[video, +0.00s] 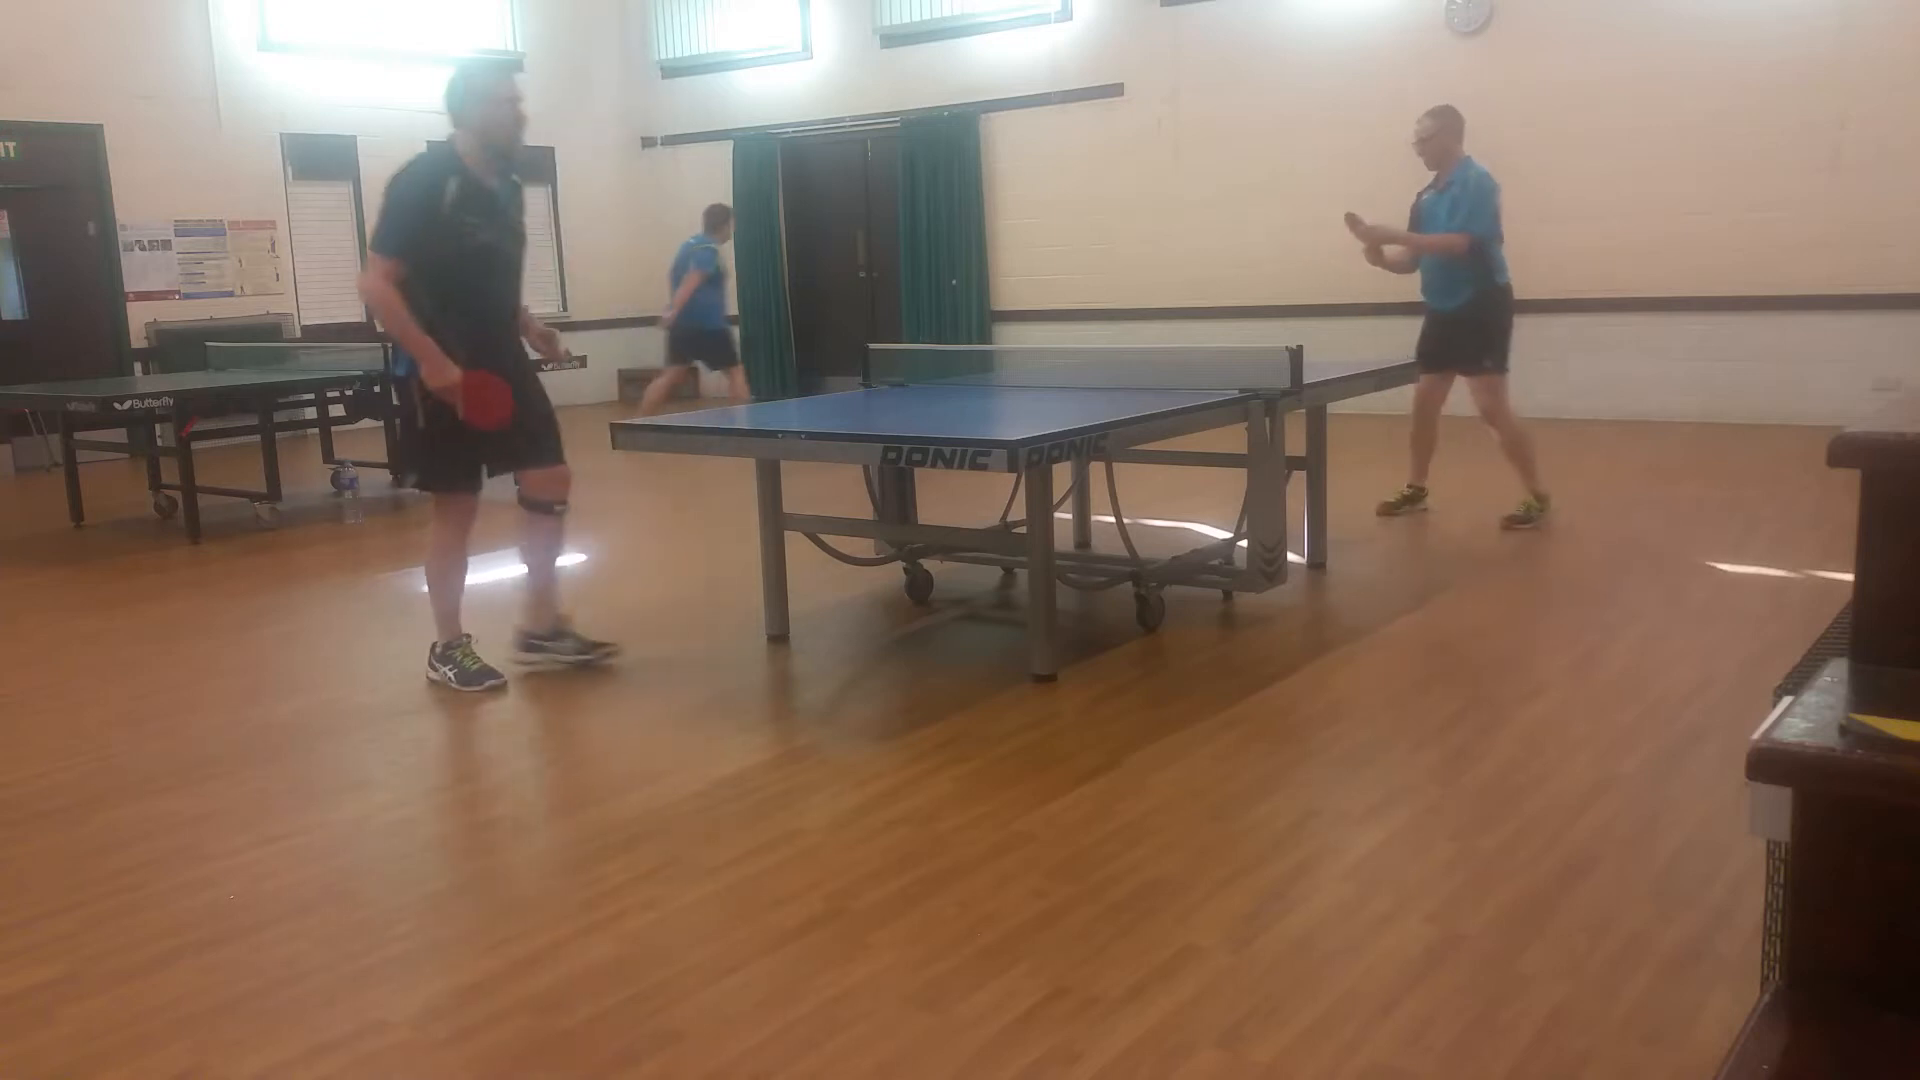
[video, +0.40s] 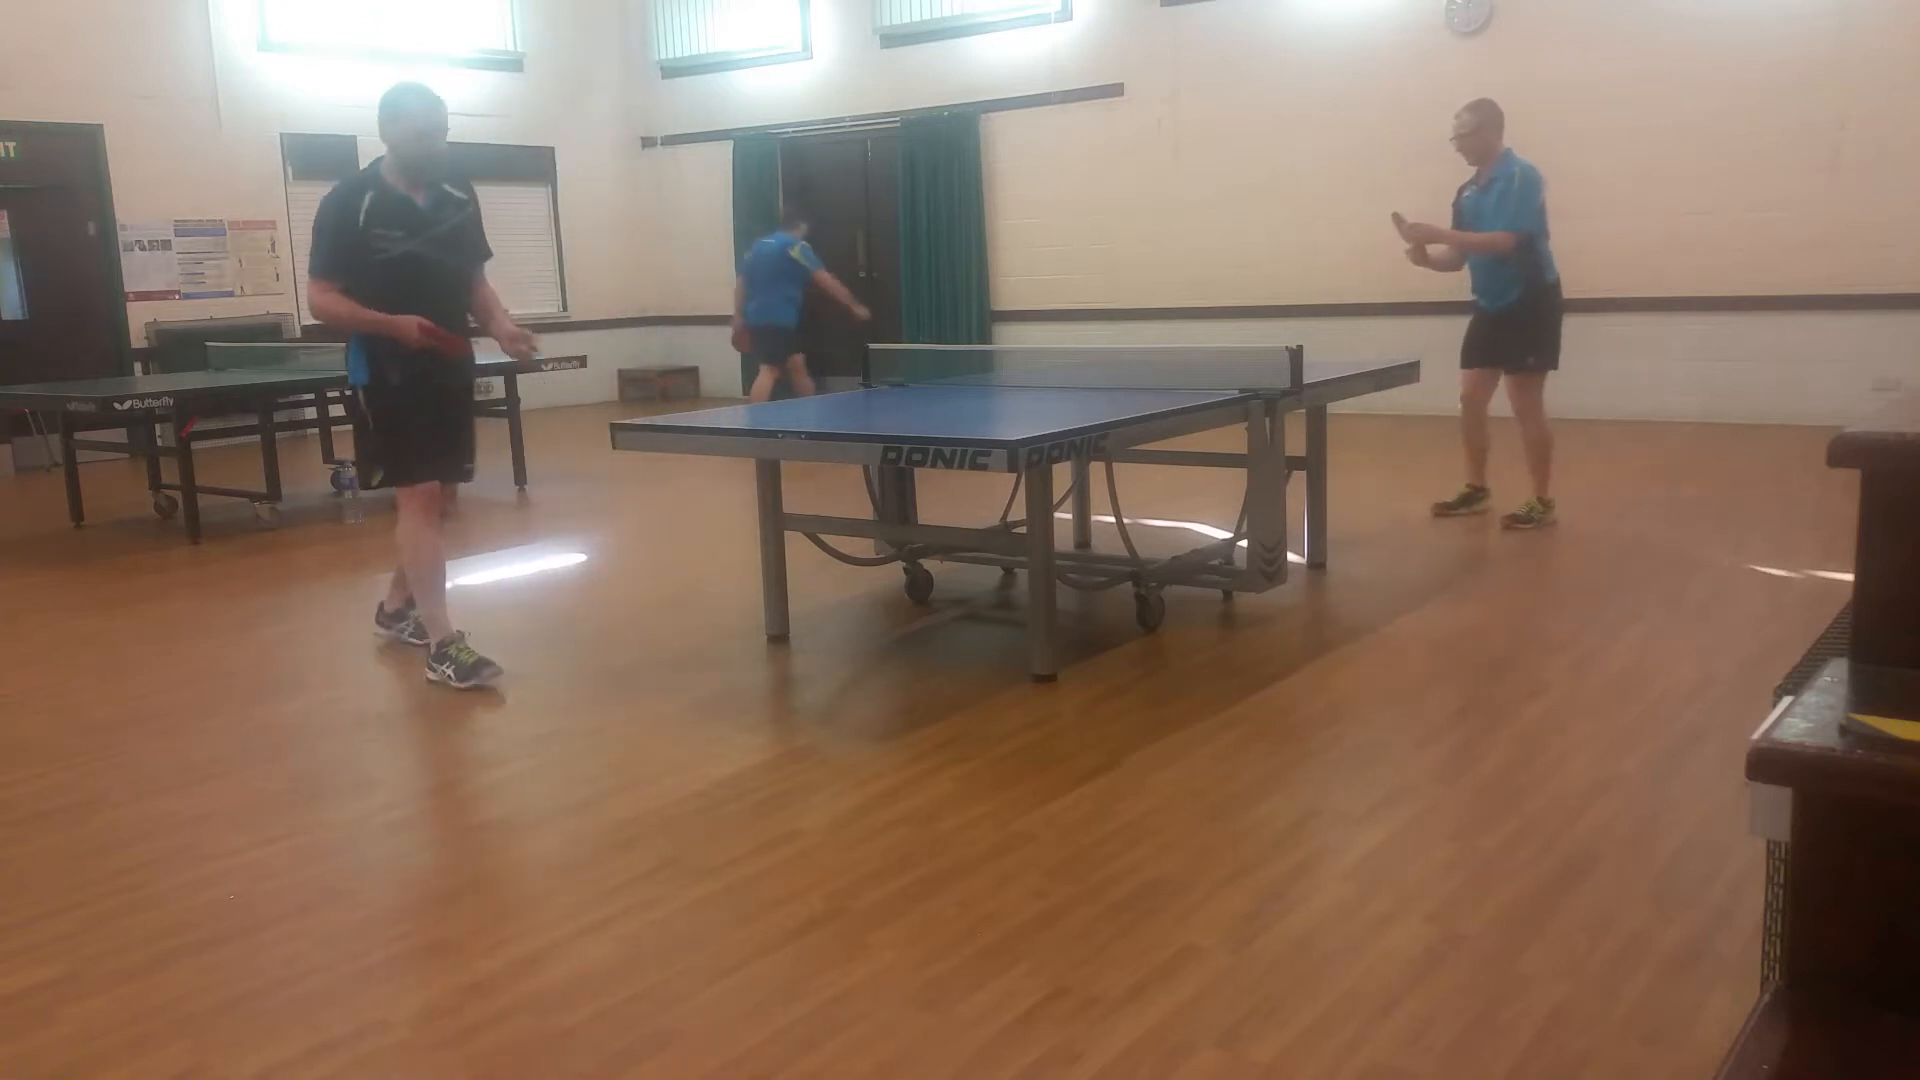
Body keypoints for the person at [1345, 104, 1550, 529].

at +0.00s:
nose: (1417, 146)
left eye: (1424, 138)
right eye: (1416, 139)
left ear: (1451, 138)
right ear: (1431, 141)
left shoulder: (1477, 181)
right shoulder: (1427, 197)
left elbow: (1463, 243)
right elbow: (1412, 258)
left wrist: (1393, 237)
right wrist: (1380, 257)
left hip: (1483, 305)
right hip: (1443, 309)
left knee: (1492, 408)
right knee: (1426, 400)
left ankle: (1538, 497)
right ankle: (1416, 489)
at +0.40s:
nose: (1455, 144)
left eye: (1463, 134)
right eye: (1454, 136)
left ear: (1489, 132)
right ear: (1470, 137)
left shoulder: (1523, 176)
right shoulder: (1466, 193)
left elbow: (1509, 241)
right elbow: (1456, 257)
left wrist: (1438, 234)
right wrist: (1425, 257)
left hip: (1532, 302)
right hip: (1491, 305)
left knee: (1526, 401)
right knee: (1471, 396)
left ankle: (1542, 501)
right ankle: (1475, 489)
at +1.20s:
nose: (1450, 149)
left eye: (1458, 142)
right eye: (1448, 142)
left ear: (1484, 143)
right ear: (1450, 145)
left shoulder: (1516, 185)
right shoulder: (1458, 204)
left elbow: (1546, 244)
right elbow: (1458, 264)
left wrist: (1488, 279)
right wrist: (1438, 274)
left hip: (1543, 301)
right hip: (1500, 306)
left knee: (1544, 399)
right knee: (1486, 399)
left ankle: (1563, 501)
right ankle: (1485, 490)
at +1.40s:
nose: (1458, 158)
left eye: (1465, 150)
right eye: (1456, 151)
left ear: (1493, 148)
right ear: (1461, 153)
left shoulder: (1528, 192)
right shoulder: (1471, 210)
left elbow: (1560, 252)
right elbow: (1471, 270)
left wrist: (1513, 289)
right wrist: (1442, 276)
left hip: (1559, 303)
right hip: (1516, 308)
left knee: (1547, 405)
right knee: (1494, 402)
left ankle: (1561, 511)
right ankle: (1487, 490)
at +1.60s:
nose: (1454, 166)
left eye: (1463, 158)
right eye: (1453, 158)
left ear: (1491, 157)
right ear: (1462, 161)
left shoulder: (1527, 198)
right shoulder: (1473, 212)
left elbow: (1566, 261)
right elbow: (1473, 276)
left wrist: (1519, 305)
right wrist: (1438, 267)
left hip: (1565, 304)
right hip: (1523, 308)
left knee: (1542, 408)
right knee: (1503, 400)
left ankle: (1560, 511)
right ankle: (1481, 483)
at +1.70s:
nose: (1449, 170)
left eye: (1457, 162)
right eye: (1449, 163)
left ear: (1485, 161)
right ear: (1463, 165)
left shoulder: (1525, 202)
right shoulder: (1467, 217)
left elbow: (1565, 262)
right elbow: (1460, 281)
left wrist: (1520, 311)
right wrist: (1432, 274)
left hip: (1563, 306)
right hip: (1521, 311)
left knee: (1542, 408)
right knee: (1498, 400)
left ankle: (1560, 511)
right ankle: (1479, 480)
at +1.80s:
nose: (1444, 176)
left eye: (1451, 168)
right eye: (1443, 169)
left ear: (1478, 168)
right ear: (1456, 171)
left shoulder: (1520, 207)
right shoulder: (1460, 223)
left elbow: (1562, 267)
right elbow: (1449, 288)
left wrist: (1521, 317)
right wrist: (1421, 279)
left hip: (1559, 307)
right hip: (1514, 312)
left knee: (1539, 408)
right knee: (1493, 402)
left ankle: (1559, 511)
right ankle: (1477, 481)